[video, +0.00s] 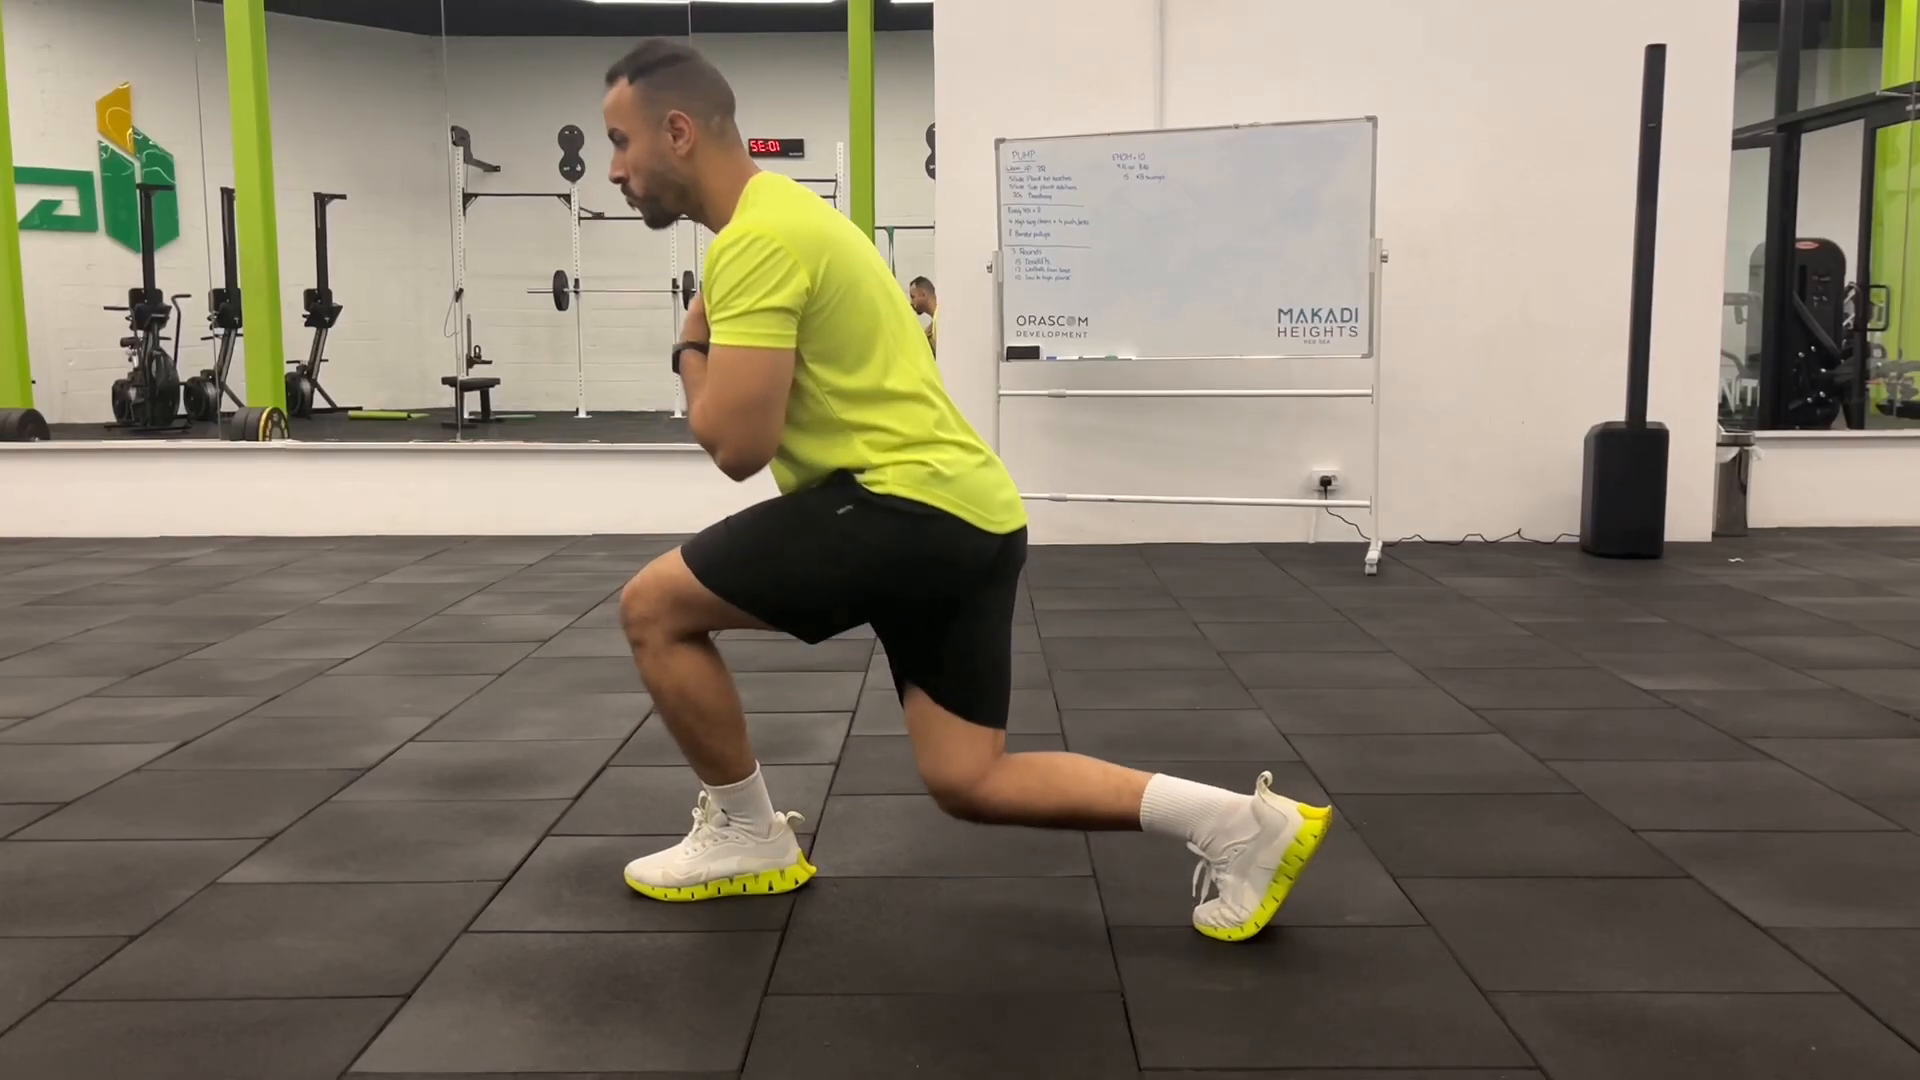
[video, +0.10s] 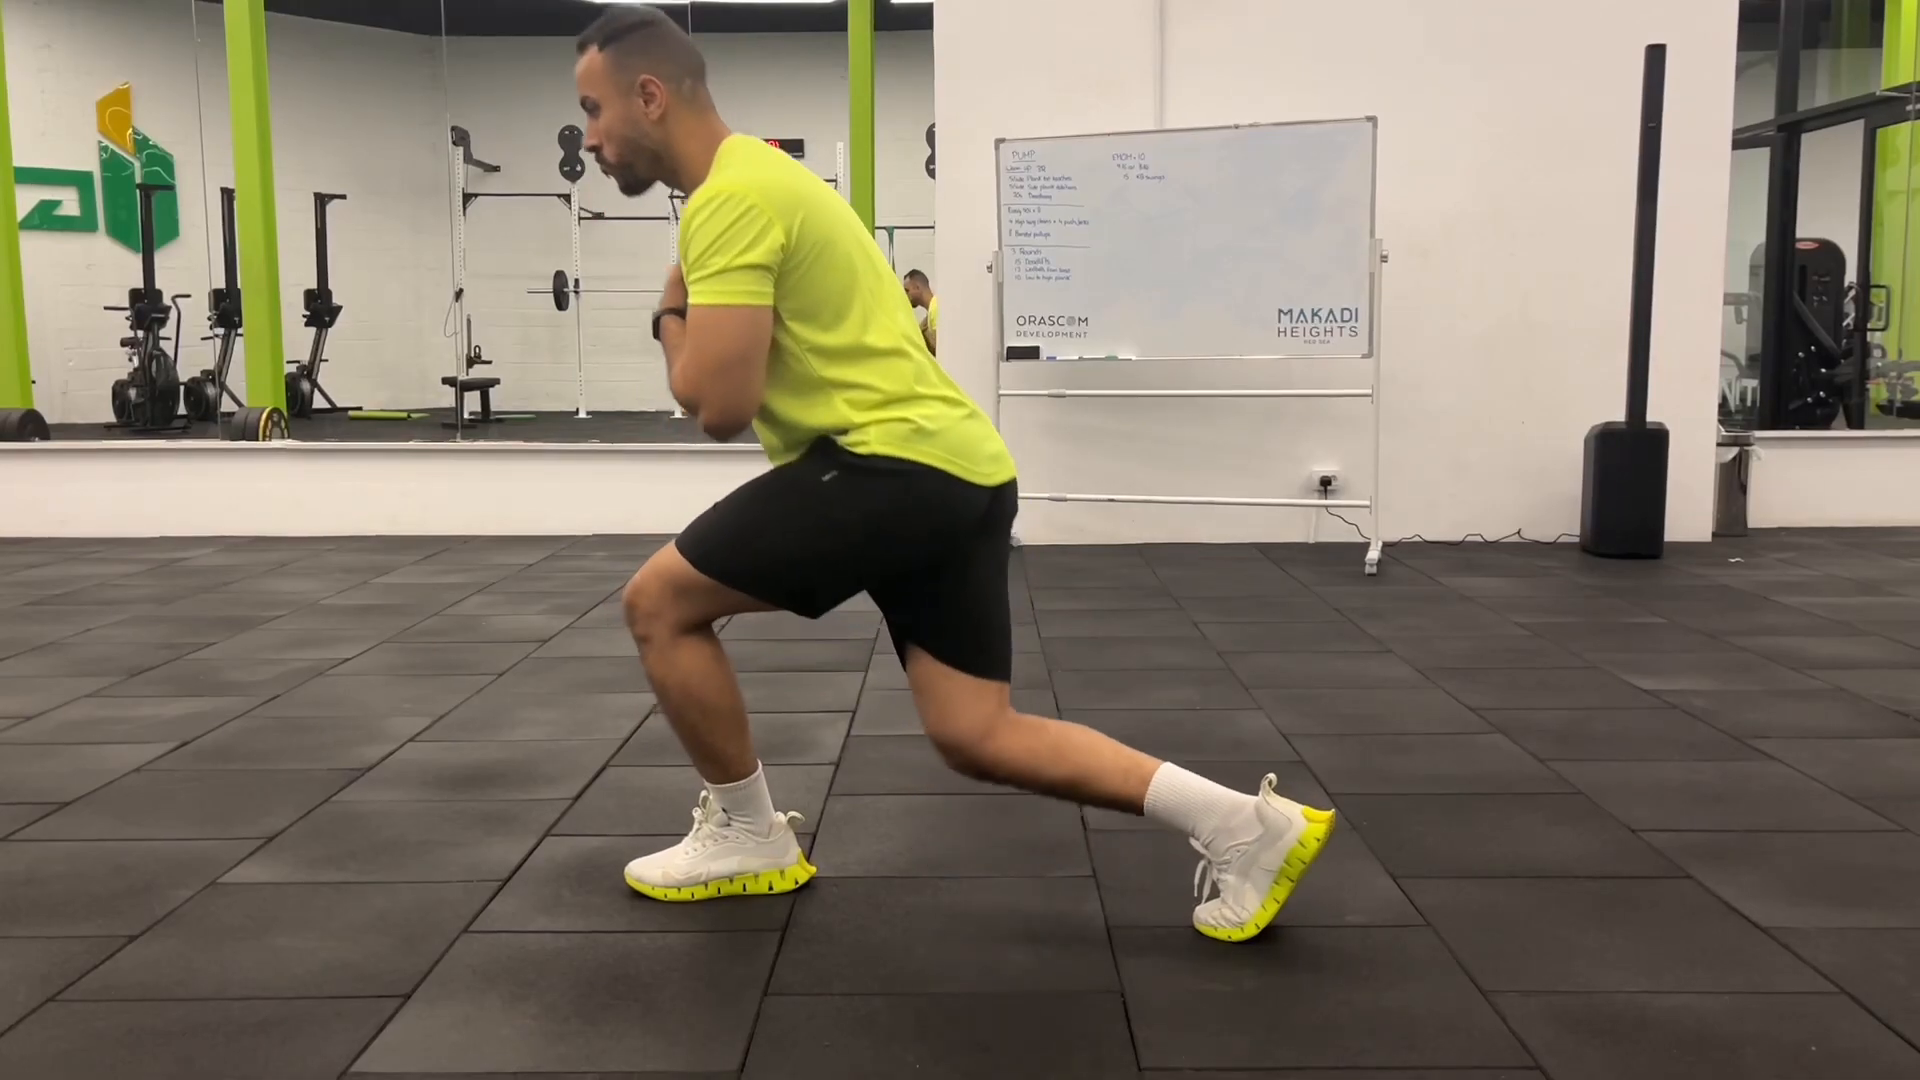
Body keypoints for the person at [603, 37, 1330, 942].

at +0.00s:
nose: (612, 167)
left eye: (619, 141)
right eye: (609, 144)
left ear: (681, 134)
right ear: (687, 133)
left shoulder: (761, 237)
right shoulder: (794, 219)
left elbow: (737, 446)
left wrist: (691, 358)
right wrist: (715, 366)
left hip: (899, 505)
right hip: (972, 511)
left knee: (654, 608)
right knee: (966, 777)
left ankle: (745, 833)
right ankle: (1239, 823)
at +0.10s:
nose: (585, 137)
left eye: (591, 109)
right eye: (581, 113)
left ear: (653, 98)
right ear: (662, 96)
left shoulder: (734, 200)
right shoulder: (771, 182)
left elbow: (718, 405)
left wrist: (670, 326)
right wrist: (695, 338)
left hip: (887, 468)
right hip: (960, 470)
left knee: (660, 602)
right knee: (976, 733)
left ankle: (746, 832)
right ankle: (1245, 825)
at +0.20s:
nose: (555, 100)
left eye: (557, 71)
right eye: (548, 76)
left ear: (617, 54)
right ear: (630, 57)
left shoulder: (702, 148)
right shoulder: (738, 135)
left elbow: (697, 358)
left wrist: (643, 279)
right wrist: (672, 282)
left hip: (869, 418)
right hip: (943, 417)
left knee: (668, 597)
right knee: (974, 674)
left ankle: (748, 834)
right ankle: (1227, 818)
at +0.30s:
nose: (521, 54)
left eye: (526, 26)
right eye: (516, 32)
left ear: (587, 11)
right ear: (596, 15)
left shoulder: (674, 103)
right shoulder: (704, 90)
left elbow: (675, 308)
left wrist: (612, 236)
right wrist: (646, 241)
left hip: (839, 380)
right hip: (916, 372)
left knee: (679, 591)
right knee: (964, 623)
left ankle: (747, 829)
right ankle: (1186, 786)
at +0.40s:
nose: (507, 19)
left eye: (509, 2)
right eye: (501, 7)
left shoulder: (651, 58)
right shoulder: (679, 51)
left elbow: (648, 270)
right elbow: (663, 258)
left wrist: (593, 192)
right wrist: (613, 191)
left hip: (818, 345)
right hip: (891, 337)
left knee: (692, 585)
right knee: (928, 594)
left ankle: (750, 829)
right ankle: (1142, 756)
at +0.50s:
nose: (527, 12)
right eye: (519, 2)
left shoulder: (641, 31)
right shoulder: (700, 27)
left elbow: (629, 237)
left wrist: (581, 152)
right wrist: (605, 146)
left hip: (792, 328)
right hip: (872, 323)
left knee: (704, 584)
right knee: (874, 575)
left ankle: (749, 829)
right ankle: (1075, 746)